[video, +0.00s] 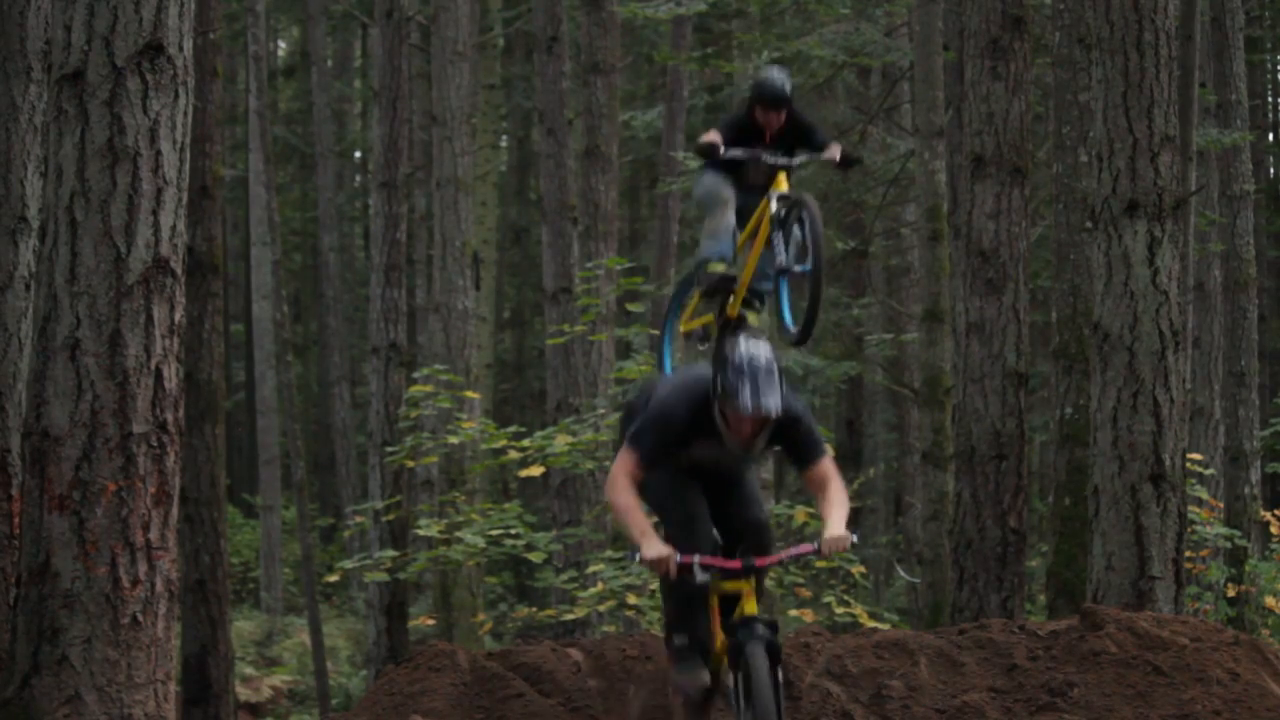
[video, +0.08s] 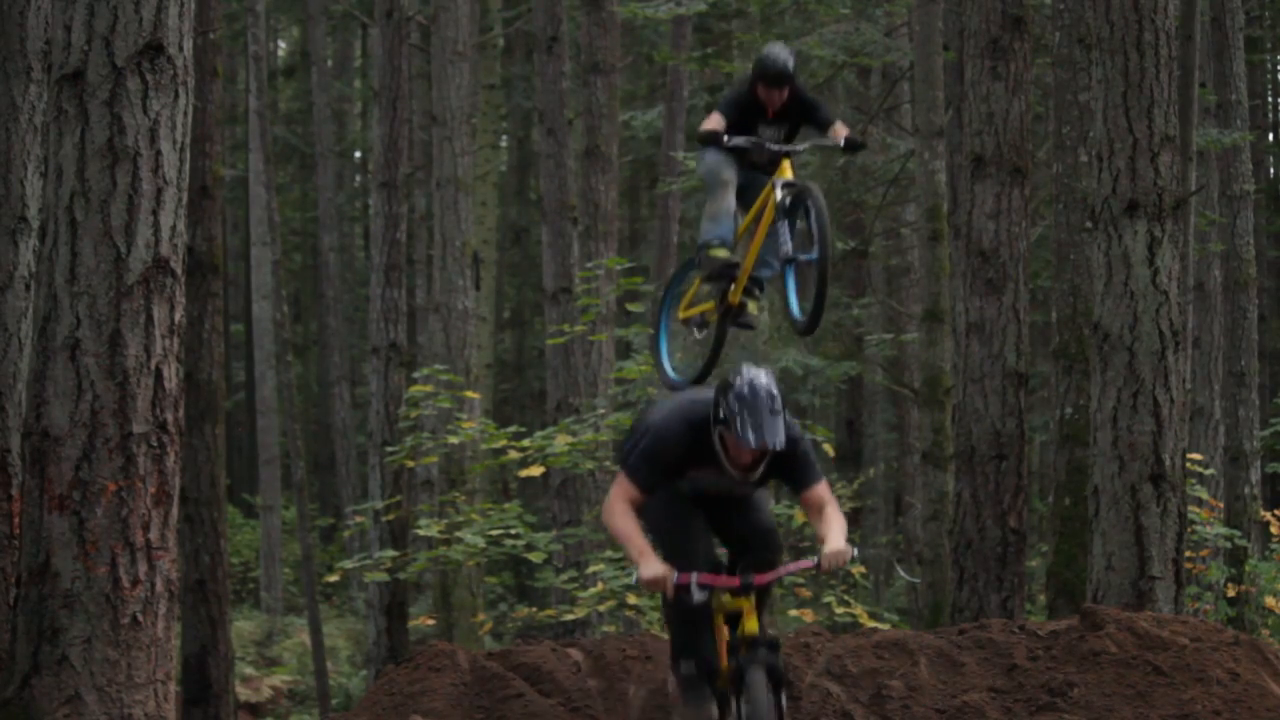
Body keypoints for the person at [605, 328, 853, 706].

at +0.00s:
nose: (747, 427)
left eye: (758, 416)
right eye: (739, 414)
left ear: (775, 403)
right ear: (719, 398)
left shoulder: (784, 412)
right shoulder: (676, 405)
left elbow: (828, 480)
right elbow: (618, 480)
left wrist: (835, 527)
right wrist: (647, 540)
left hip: (723, 465)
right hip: (665, 465)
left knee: (755, 531)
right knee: (695, 542)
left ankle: (743, 627)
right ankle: (684, 647)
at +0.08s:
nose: (750, 454)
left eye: (760, 445)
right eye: (743, 442)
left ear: (776, 430)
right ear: (722, 425)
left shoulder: (784, 438)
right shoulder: (672, 431)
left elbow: (823, 504)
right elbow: (615, 505)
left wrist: (834, 542)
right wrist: (647, 561)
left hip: (734, 491)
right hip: (671, 491)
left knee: (763, 546)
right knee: (693, 569)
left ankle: (749, 632)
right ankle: (691, 673)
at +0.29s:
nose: (738, 474)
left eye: (749, 463)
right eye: (729, 462)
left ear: (765, 453)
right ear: (708, 448)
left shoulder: (785, 473)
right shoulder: (665, 474)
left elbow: (825, 550)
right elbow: (614, 560)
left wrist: (829, 605)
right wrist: (631, 630)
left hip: (738, 549)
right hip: (666, 558)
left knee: (775, 624)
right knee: (689, 651)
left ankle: (777, 709)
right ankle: (692, 712)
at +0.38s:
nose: (731, 474)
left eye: (742, 461)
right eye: (720, 461)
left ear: (759, 455)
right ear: (700, 453)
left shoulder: (781, 483)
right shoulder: (659, 489)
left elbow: (826, 565)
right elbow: (611, 578)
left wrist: (828, 631)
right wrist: (627, 654)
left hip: (742, 575)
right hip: (668, 584)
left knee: (776, 660)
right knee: (688, 680)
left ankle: (776, 711)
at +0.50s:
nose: (716, 484)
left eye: (728, 471)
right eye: (703, 471)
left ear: (745, 465)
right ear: (683, 467)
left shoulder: (776, 513)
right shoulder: (646, 519)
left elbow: (819, 602)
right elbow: (608, 612)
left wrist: (820, 680)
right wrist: (613, 697)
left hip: (744, 611)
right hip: (665, 618)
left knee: (769, 702)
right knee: (686, 708)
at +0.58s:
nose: (701, 496)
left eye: (713, 482)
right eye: (688, 483)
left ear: (734, 479)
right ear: (669, 482)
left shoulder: (768, 540)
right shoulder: (632, 547)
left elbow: (807, 640)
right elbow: (594, 646)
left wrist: (810, 715)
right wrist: (593, 716)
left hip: (741, 656)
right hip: (659, 661)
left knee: (764, 711)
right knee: (668, 712)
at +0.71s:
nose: (695, 505)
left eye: (708, 490)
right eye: (682, 490)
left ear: (728, 489)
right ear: (662, 491)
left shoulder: (769, 555)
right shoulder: (624, 558)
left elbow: (803, 654)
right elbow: (584, 663)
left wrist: (807, 715)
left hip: (742, 688)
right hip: (656, 693)